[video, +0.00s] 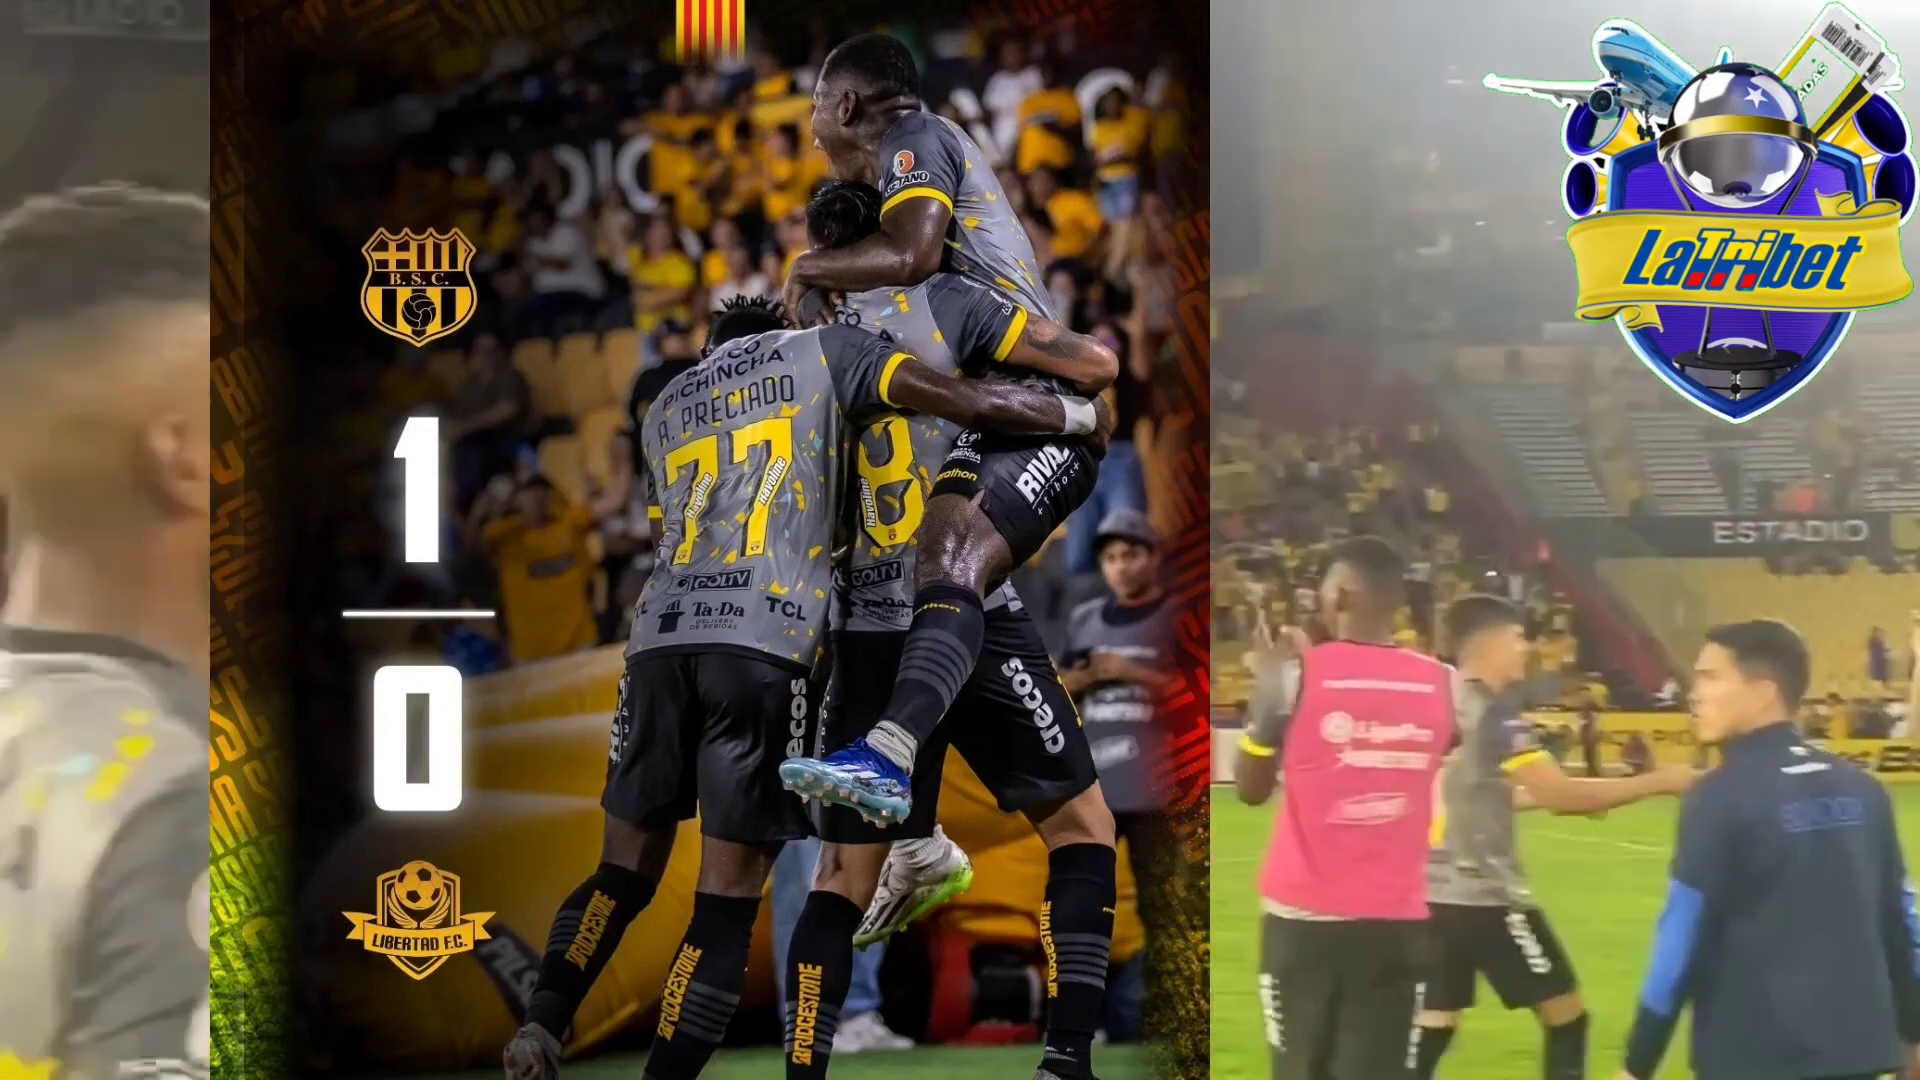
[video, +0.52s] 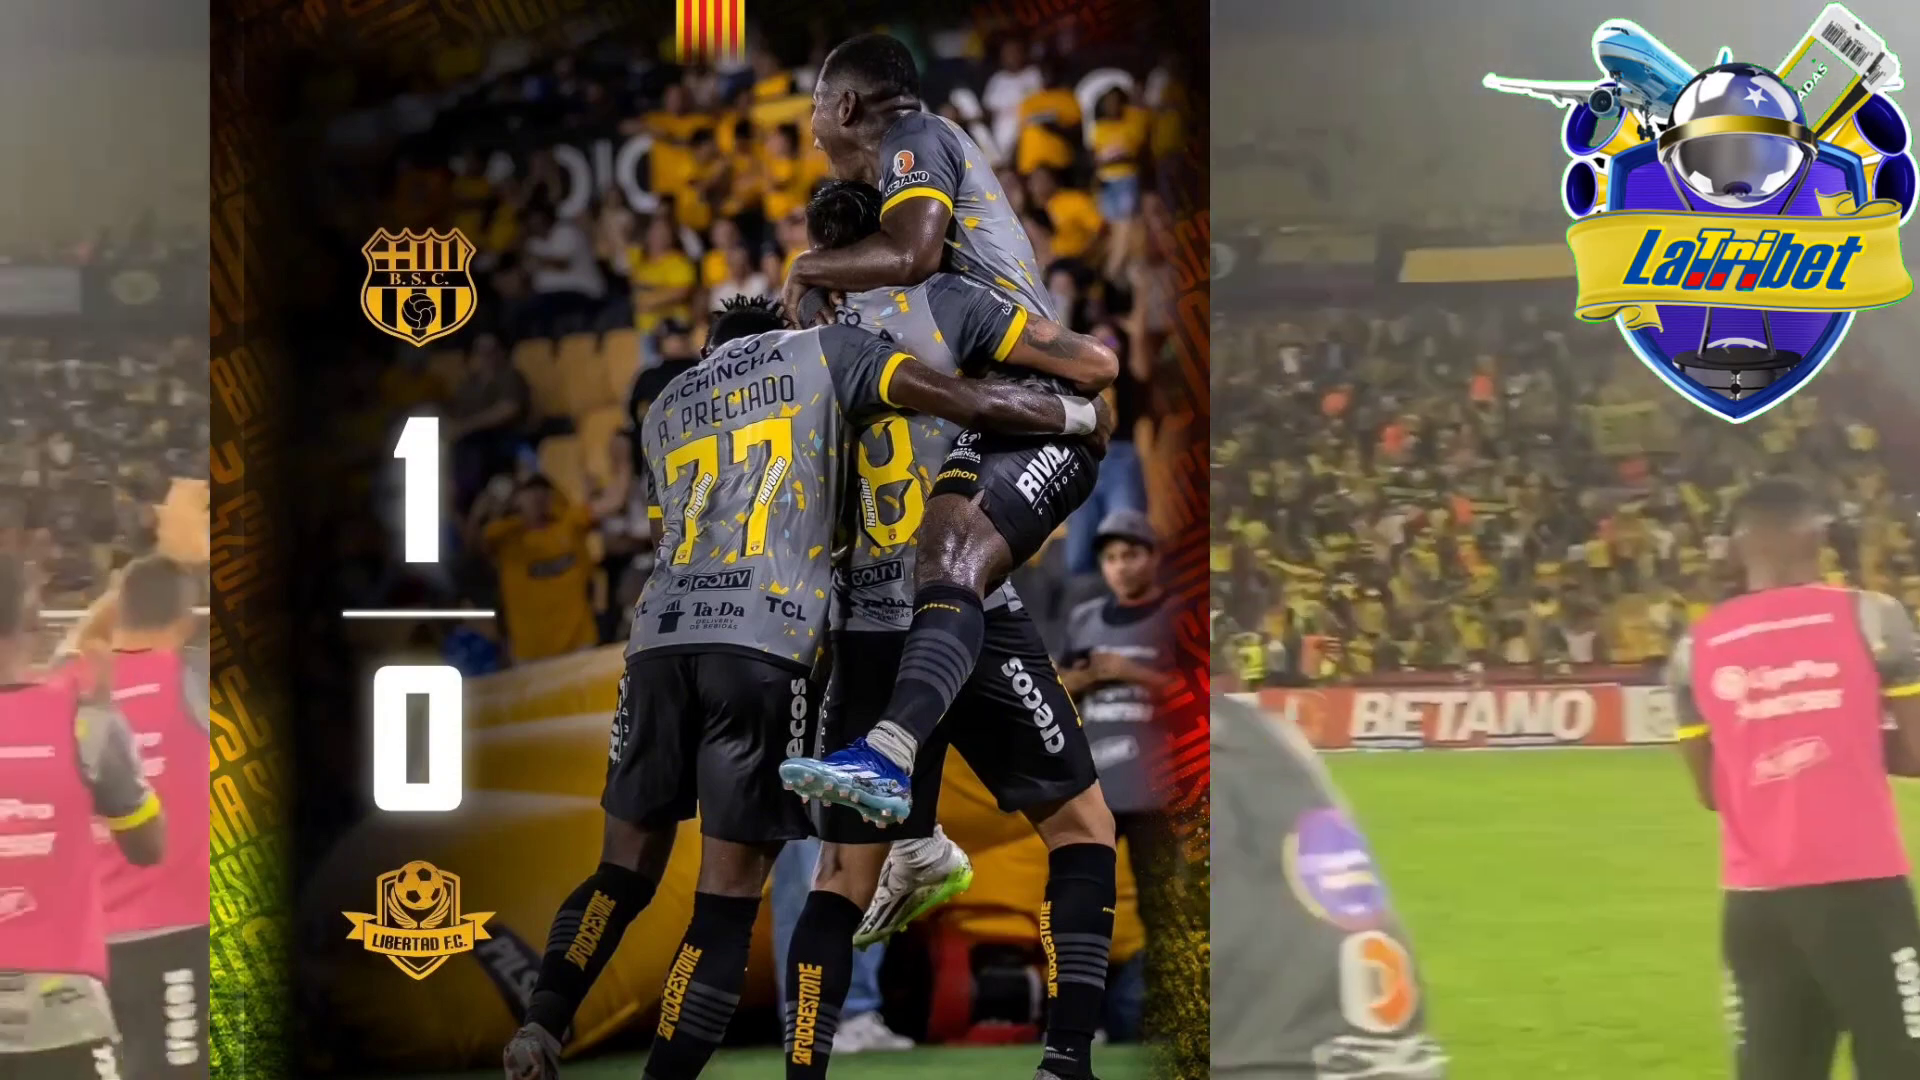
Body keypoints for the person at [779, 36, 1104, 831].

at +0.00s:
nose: (817, 132)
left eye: (821, 112)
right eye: (815, 114)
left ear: (856, 101)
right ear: (878, 103)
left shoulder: (914, 132)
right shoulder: (908, 151)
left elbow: (914, 249)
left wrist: (807, 265)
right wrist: (813, 297)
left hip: (1043, 400)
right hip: (982, 397)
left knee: (953, 554)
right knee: (901, 565)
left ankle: (888, 757)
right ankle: (916, 836)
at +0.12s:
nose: (817, 131)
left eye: (821, 111)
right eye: (815, 114)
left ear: (855, 102)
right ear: (880, 102)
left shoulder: (914, 134)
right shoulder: (913, 151)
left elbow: (914, 249)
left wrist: (806, 265)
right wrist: (819, 294)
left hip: (1042, 400)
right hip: (983, 398)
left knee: (953, 554)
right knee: (899, 565)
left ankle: (888, 757)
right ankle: (916, 836)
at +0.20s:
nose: (815, 126)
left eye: (821, 107)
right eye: (814, 109)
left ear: (855, 101)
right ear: (880, 103)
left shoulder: (915, 134)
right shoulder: (903, 162)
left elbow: (914, 250)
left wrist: (807, 265)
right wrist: (817, 296)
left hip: (1043, 399)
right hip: (982, 396)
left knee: (954, 554)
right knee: (895, 566)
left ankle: (888, 757)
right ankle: (916, 836)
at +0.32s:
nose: (814, 128)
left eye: (821, 109)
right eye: (814, 110)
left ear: (856, 103)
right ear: (880, 105)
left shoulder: (915, 135)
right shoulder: (896, 164)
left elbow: (914, 251)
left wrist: (806, 264)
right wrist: (814, 294)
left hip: (1042, 400)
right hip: (978, 399)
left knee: (952, 558)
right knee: (888, 564)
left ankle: (888, 756)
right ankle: (916, 841)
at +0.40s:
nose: (816, 134)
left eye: (820, 114)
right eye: (813, 116)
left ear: (854, 104)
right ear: (879, 106)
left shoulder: (914, 135)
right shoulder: (909, 154)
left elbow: (914, 250)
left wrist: (807, 265)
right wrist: (801, 300)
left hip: (1042, 400)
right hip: (982, 398)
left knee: (952, 556)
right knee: (890, 562)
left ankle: (888, 756)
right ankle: (916, 840)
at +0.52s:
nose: (816, 131)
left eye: (822, 111)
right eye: (814, 113)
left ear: (858, 101)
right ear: (877, 103)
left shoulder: (914, 132)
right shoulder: (898, 160)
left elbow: (914, 251)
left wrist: (808, 265)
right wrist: (809, 296)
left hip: (1042, 406)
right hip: (980, 403)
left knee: (953, 557)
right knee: (898, 565)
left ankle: (888, 757)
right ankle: (916, 836)